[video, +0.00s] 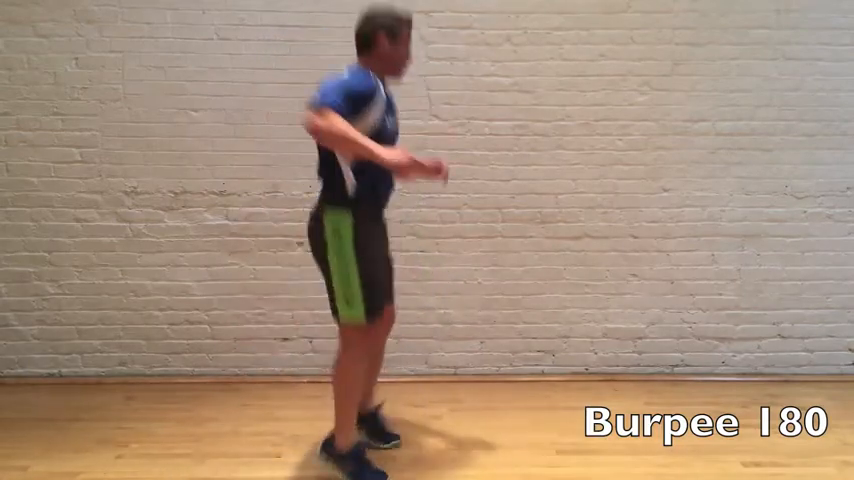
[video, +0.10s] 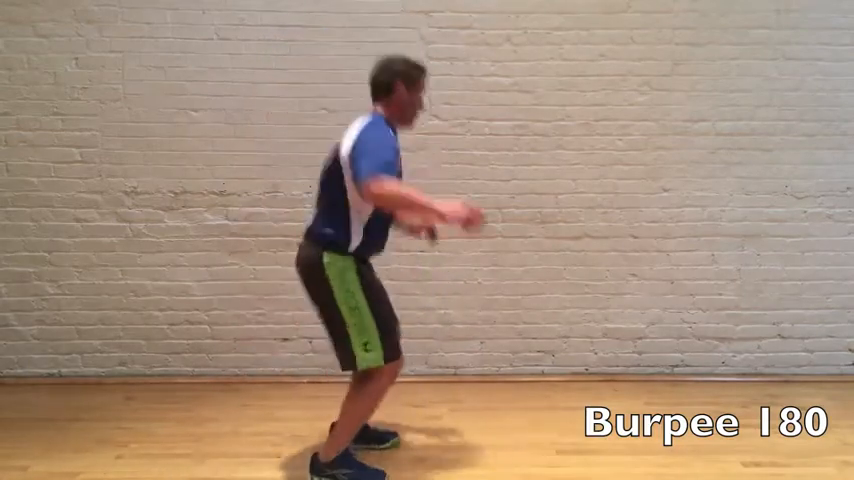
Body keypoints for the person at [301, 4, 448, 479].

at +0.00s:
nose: (409, 53)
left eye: (410, 44)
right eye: (404, 44)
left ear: (382, 45)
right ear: (380, 44)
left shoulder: (379, 93)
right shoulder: (354, 82)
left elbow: (374, 157)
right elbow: (318, 120)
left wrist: (416, 167)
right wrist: (380, 152)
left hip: (367, 219)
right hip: (342, 220)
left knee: (382, 317)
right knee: (358, 329)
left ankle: (362, 411)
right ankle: (341, 443)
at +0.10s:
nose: (422, 102)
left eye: (422, 93)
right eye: (418, 93)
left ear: (393, 93)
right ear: (396, 92)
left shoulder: (378, 133)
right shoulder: (373, 133)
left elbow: (369, 199)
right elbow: (376, 187)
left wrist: (410, 222)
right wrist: (443, 209)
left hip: (344, 256)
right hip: (333, 259)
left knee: (384, 350)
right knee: (384, 363)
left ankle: (349, 426)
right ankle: (330, 458)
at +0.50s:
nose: (484, 240)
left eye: (489, 234)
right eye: (486, 231)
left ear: (467, 213)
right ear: (470, 217)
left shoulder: (427, 218)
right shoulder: (429, 236)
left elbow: (425, 302)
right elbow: (437, 311)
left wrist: (457, 346)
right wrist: (469, 369)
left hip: (318, 259)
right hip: (307, 265)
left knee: (372, 328)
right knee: (370, 362)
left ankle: (347, 424)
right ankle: (326, 459)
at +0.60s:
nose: (488, 292)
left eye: (494, 286)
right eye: (491, 283)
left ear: (474, 265)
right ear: (477, 269)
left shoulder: (440, 263)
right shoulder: (437, 281)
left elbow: (444, 350)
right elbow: (450, 367)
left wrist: (465, 386)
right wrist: (481, 426)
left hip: (320, 274)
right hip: (311, 283)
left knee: (387, 335)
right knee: (384, 371)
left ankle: (348, 427)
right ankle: (327, 459)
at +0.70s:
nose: (494, 336)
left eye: (502, 333)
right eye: (499, 329)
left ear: (483, 304)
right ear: (486, 312)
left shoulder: (459, 300)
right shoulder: (451, 319)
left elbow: (459, 383)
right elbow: (462, 402)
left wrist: (476, 422)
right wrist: (488, 465)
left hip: (335, 258)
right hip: (326, 271)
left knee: (383, 347)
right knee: (381, 369)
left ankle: (348, 427)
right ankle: (328, 458)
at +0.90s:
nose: (515, 378)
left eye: (523, 374)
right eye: (523, 373)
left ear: (518, 344)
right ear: (520, 357)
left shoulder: (489, 328)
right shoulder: (488, 342)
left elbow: (463, 384)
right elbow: (475, 416)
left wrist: (475, 426)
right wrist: (482, 473)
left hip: (388, 241)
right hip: (389, 255)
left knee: (346, 344)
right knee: (353, 370)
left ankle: (275, 379)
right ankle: (253, 412)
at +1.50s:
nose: (567, 424)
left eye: (571, 418)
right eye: (570, 416)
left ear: (548, 389)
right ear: (556, 405)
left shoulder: (508, 383)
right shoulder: (520, 409)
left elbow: (459, 369)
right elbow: (471, 428)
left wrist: (461, 415)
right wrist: (480, 479)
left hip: (393, 388)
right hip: (393, 415)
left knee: (289, 417)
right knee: (278, 444)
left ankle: (193, 395)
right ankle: (167, 421)